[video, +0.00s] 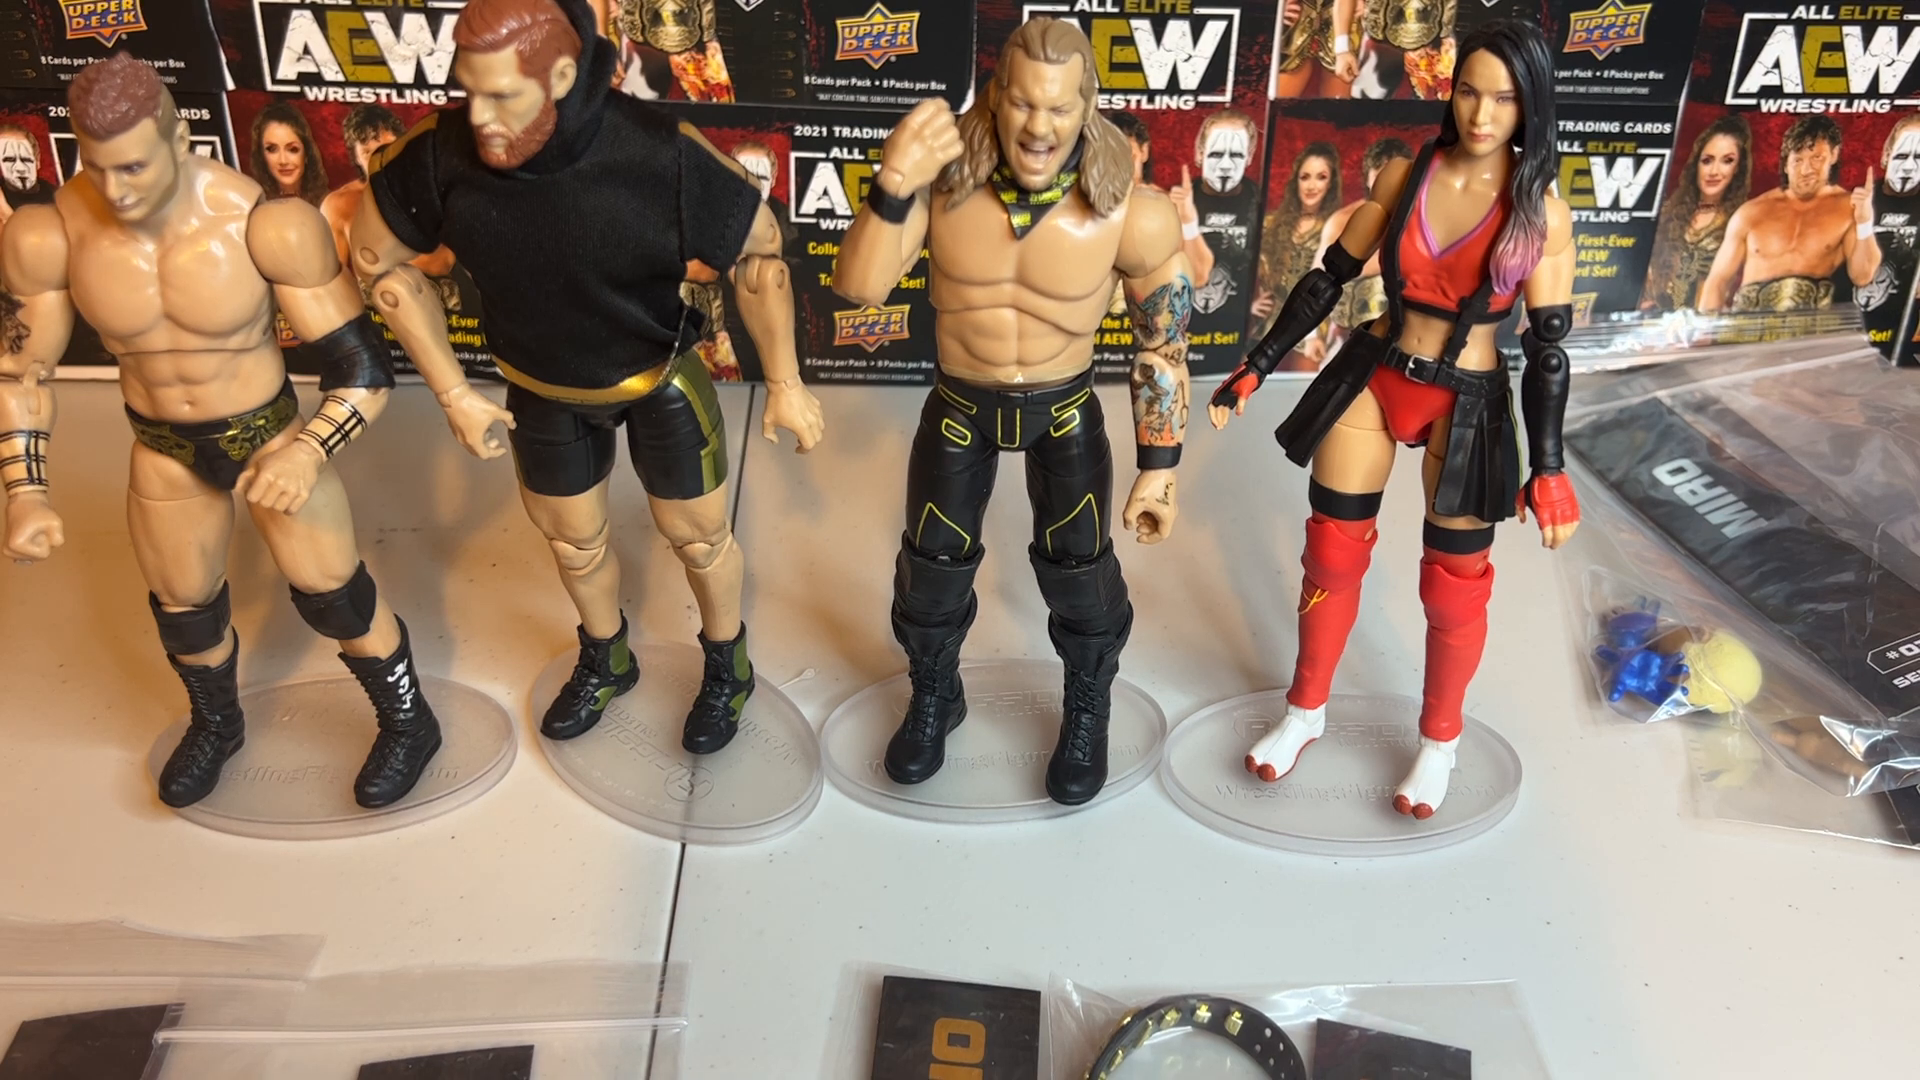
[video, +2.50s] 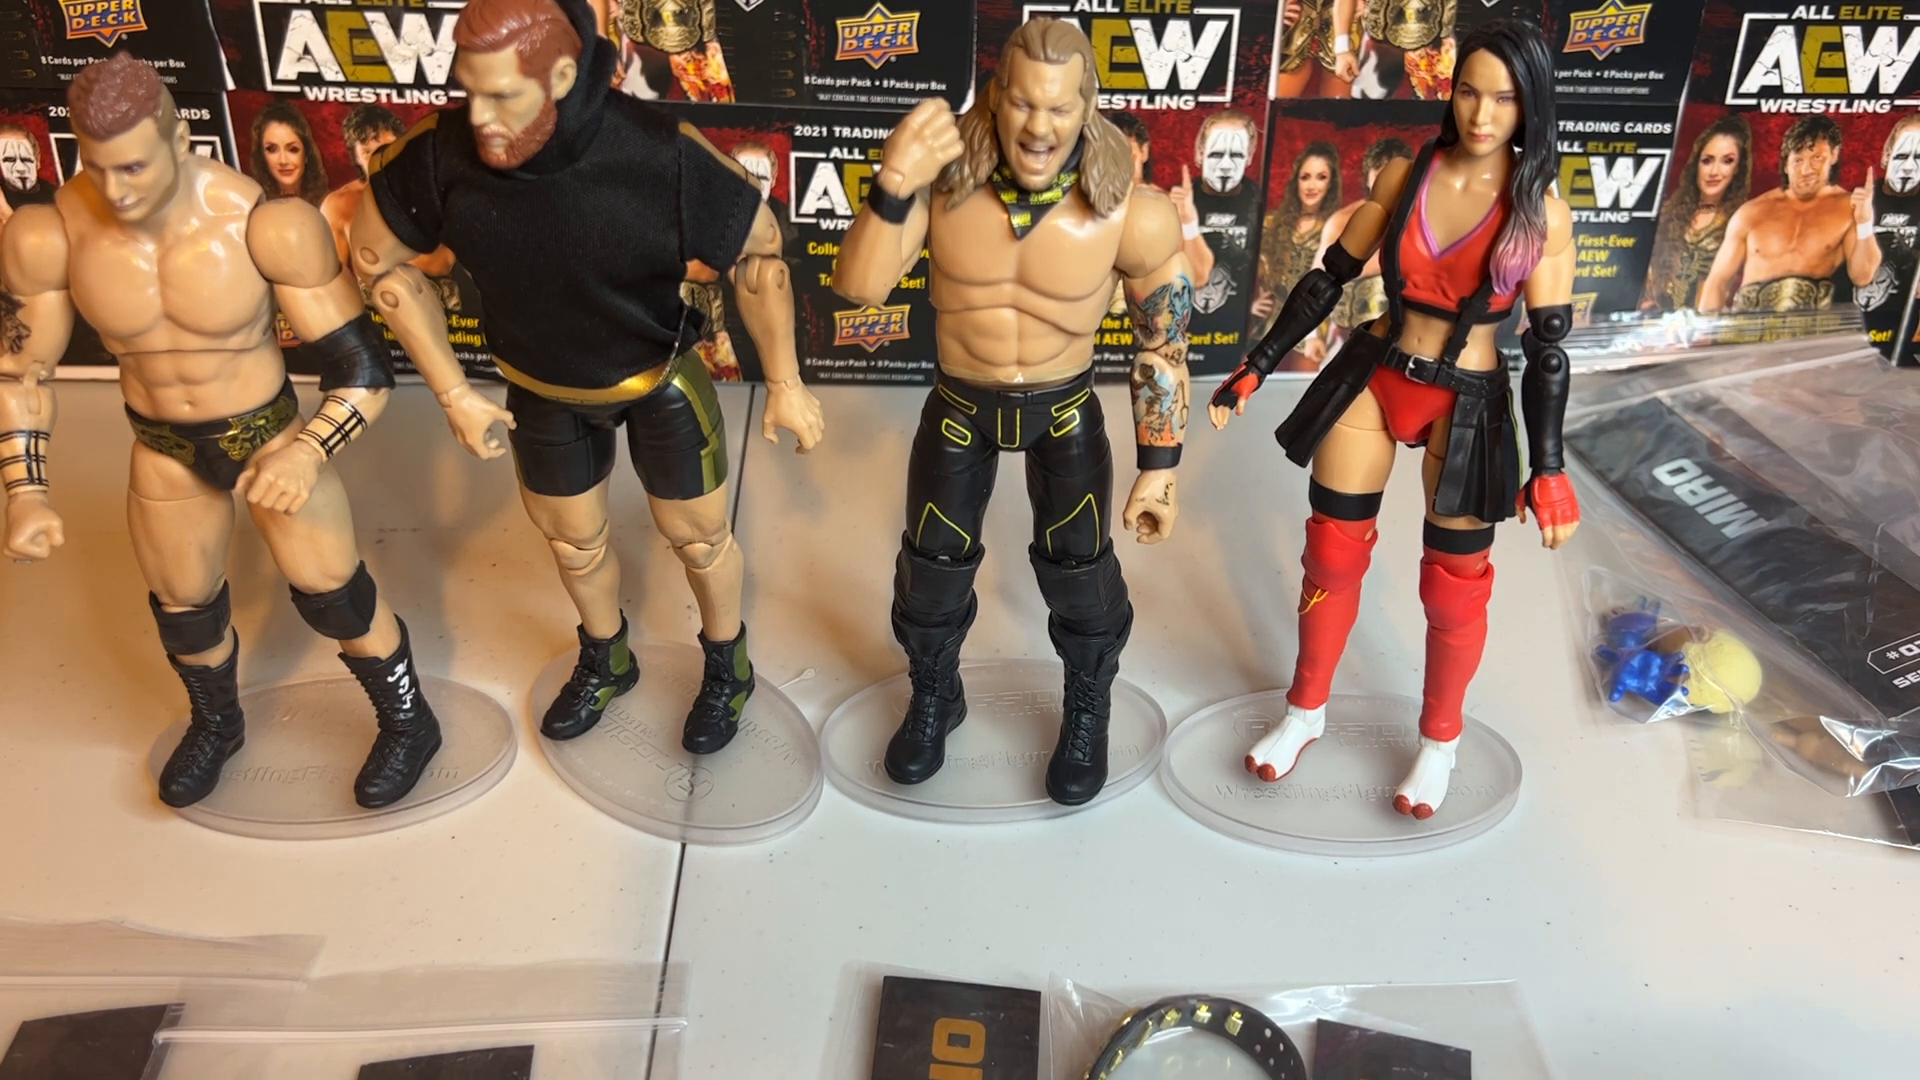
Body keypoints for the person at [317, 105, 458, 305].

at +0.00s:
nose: (380, 160)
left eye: (387, 150)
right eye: (369, 153)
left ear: (402, 147)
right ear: (355, 157)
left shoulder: (431, 191)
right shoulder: (339, 204)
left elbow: (443, 263)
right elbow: (337, 276)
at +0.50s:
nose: (380, 160)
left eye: (387, 149)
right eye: (369, 153)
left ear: (403, 147)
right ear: (356, 157)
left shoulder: (432, 190)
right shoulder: (338, 205)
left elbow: (442, 263)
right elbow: (337, 275)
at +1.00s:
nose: (380, 160)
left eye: (387, 150)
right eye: (369, 153)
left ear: (402, 147)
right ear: (356, 157)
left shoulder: (431, 190)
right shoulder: (339, 205)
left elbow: (443, 262)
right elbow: (337, 276)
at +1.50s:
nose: (379, 159)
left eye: (386, 149)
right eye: (368, 152)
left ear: (402, 147)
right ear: (355, 156)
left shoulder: (431, 191)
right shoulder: (338, 205)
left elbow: (442, 263)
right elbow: (337, 276)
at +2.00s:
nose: (380, 159)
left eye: (387, 149)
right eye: (369, 153)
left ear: (403, 147)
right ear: (356, 157)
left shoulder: (431, 191)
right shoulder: (338, 205)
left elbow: (443, 263)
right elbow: (337, 276)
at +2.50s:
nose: (380, 160)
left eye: (387, 150)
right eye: (369, 153)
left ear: (402, 147)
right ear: (356, 157)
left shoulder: (431, 191)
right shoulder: (339, 205)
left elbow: (443, 263)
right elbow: (336, 276)